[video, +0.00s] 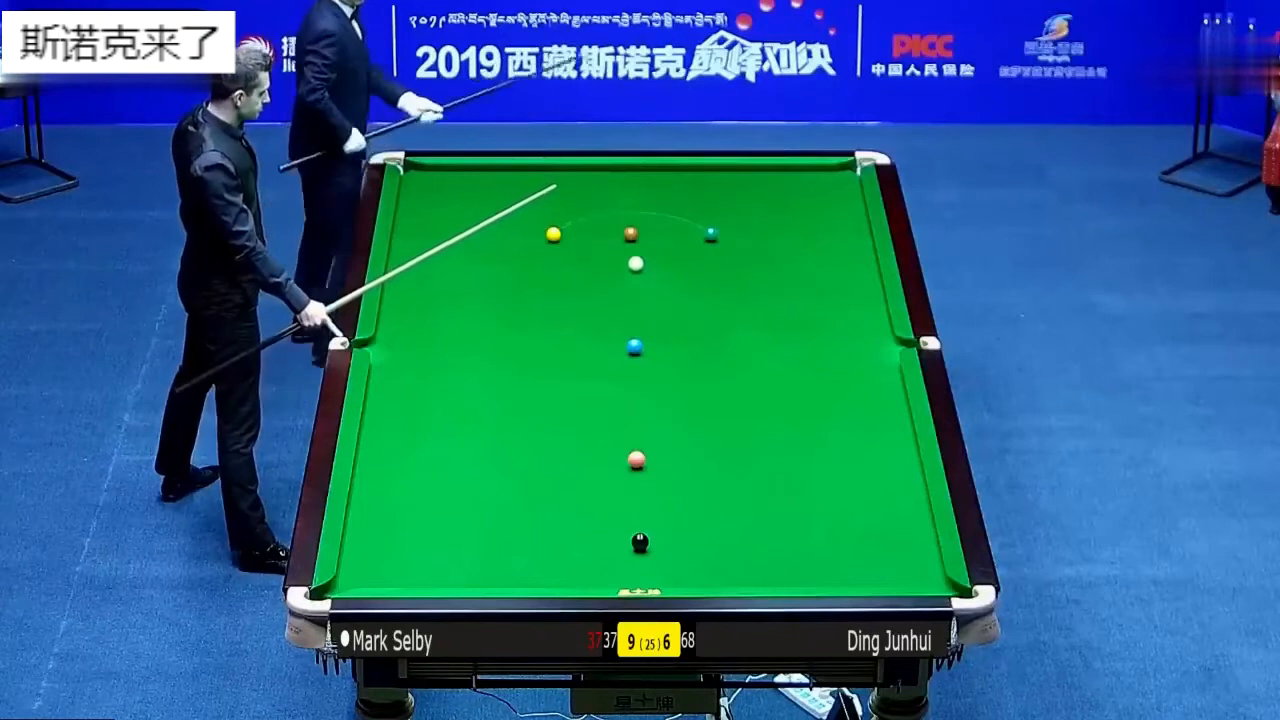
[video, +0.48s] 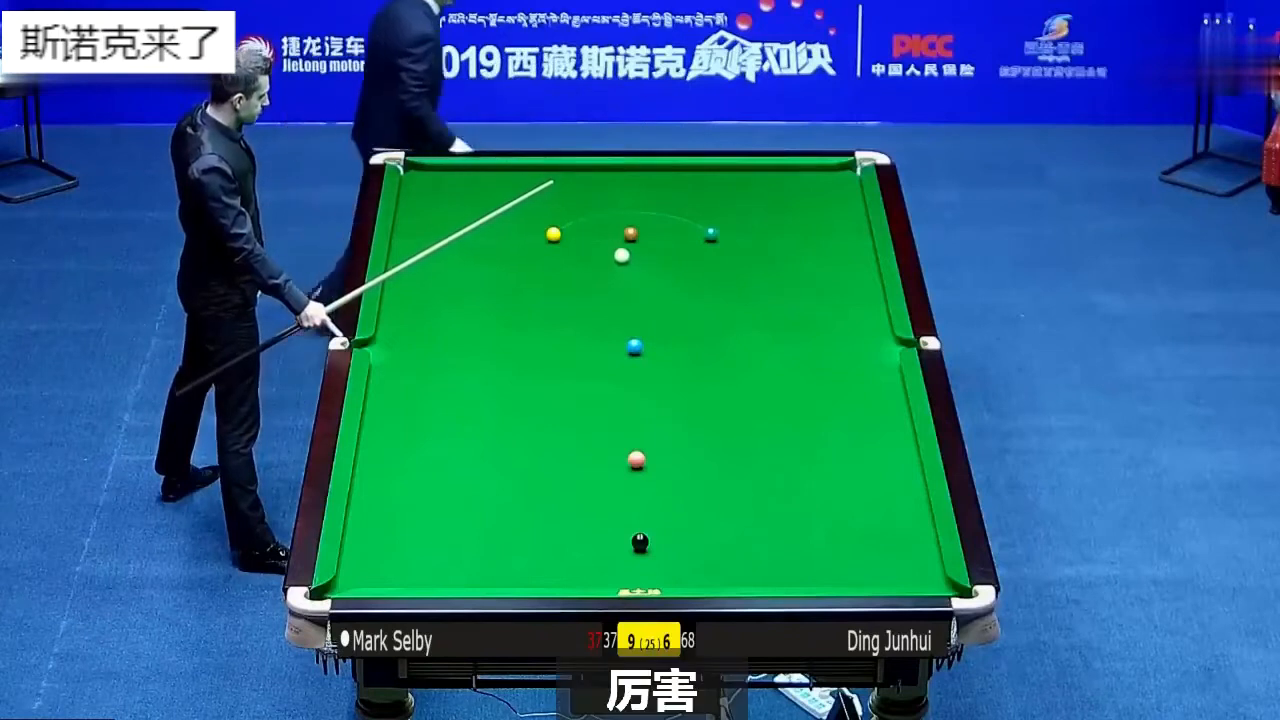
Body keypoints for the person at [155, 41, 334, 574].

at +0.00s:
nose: (267, 100)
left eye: (267, 91)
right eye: (262, 92)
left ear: (229, 89)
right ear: (237, 94)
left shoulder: (202, 121)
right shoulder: (212, 165)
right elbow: (246, 247)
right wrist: (302, 301)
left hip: (206, 281)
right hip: (226, 296)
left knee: (193, 379)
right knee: (240, 425)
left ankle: (175, 472)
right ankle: (253, 546)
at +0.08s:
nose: (266, 100)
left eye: (266, 91)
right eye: (261, 92)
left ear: (228, 90)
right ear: (236, 95)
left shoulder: (201, 122)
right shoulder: (212, 165)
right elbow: (245, 246)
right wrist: (301, 301)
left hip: (206, 282)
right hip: (226, 297)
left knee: (192, 379)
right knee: (239, 425)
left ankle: (175, 473)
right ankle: (253, 546)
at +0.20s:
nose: (267, 102)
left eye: (267, 93)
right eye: (262, 94)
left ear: (229, 92)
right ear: (235, 96)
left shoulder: (200, 121)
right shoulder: (212, 166)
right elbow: (245, 247)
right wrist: (300, 302)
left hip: (206, 284)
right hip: (226, 299)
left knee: (192, 379)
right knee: (239, 426)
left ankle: (175, 472)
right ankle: (253, 546)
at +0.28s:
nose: (267, 103)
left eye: (267, 94)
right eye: (262, 95)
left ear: (228, 93)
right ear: (237, 98)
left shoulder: (200, 122)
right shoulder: (211, 169)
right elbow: (245, 248)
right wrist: (301, 301)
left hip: (206, 284)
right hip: (226, 298)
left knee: (192, 379)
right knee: (239, 426)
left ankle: (175, 472)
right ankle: (253, 546)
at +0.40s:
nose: (266, 104)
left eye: (266, 94)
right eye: (260, 96)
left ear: (228, 93)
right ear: (235, 98)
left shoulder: (200, 122)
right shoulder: (210, 168)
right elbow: (244, 248)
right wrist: (300, 302)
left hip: (206, 283)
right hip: (225, 298)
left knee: (193, 379)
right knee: (239, 424)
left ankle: (175, 472)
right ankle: (253, 546)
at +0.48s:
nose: (266, 104)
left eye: (266, 95)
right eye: (260, 96)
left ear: (229, 93)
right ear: (236, 98)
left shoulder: (201, 122)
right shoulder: (210, 168)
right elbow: (243, 247)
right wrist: (299, 301)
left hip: (206, 283)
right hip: (225, 297)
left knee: (193, 378)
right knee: (239, 423)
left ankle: (175, 471)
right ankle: (253, 546)